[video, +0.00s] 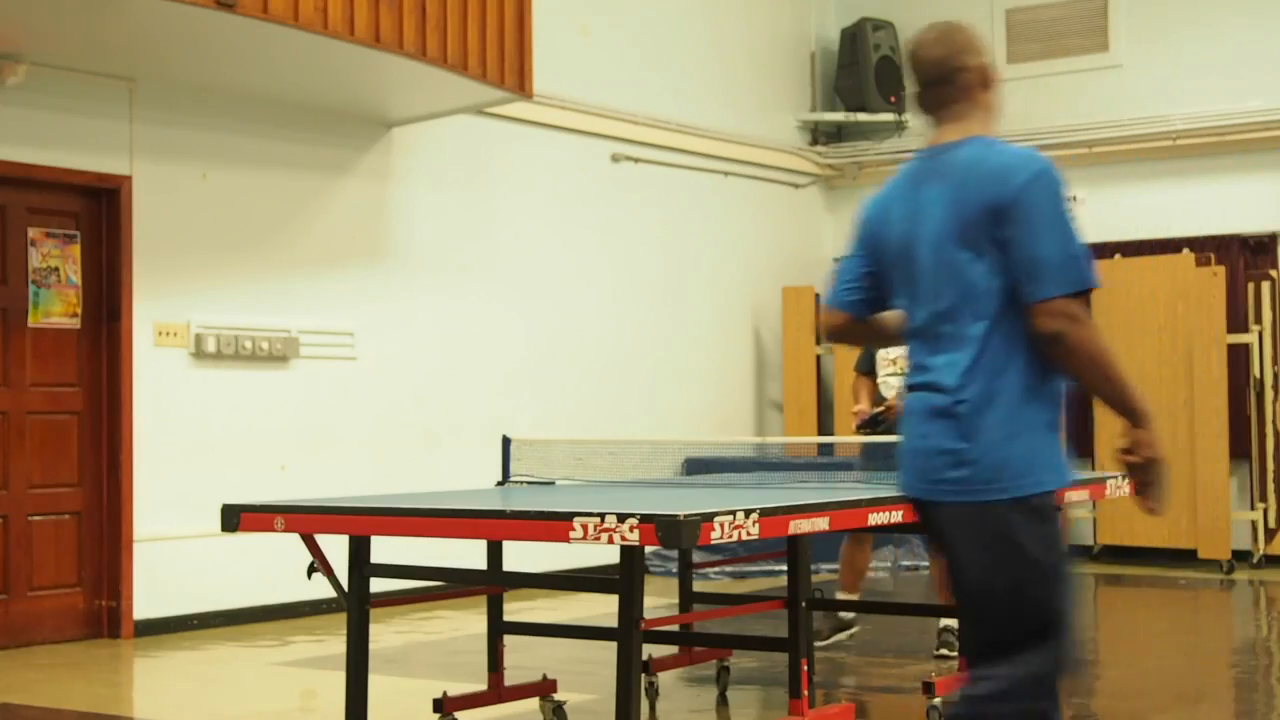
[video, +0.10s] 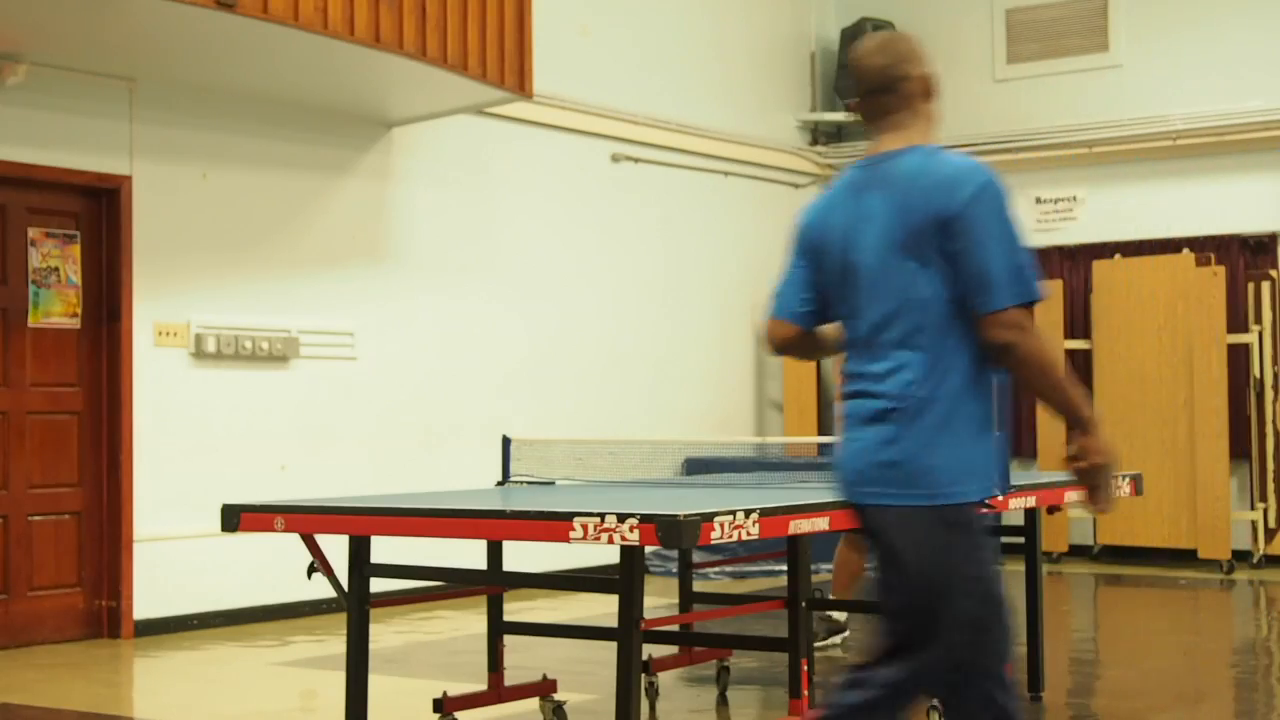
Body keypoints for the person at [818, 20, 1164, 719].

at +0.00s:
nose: (994, 81)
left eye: (986, 72)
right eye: (991, 72)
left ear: (919, 96)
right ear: (986, 79)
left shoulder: (893, 196)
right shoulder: (1018, 171)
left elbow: (839, 322)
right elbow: (1055, 321)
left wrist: (930, 318)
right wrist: (1138, 419)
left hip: (931, 471)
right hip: (1003, 470)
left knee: (996, 661)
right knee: (1029, 663)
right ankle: (961, 707)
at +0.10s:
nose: (934, 87)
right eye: (929, 79)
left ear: (857, 107)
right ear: (924, 88)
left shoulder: (830, 205)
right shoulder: (961, 180)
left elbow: (786, 335)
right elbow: (1004, 328)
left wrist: (865, 325)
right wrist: (1086, 420)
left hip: (868, 471)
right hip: (939, 475)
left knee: (908, 648)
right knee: (974, 664)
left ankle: (835, 711)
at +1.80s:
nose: (326, 169)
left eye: (327, 154)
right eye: (318, 152)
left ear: (276, 145)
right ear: (273, 142)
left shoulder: (272, 240)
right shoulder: (197, 215)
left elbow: (267, 340)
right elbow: (234, 340)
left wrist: (292, 388)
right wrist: (346, 303)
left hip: (214, 479)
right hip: (158, 473)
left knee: (184, 664)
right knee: (165, 671)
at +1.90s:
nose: (320, 171)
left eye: (320, 155)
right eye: (313, 154)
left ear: (271, 150)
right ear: (274, 149)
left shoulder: (225, 222)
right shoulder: (216, 219)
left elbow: (216, 355)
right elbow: (266, 339)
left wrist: (281, 412)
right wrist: (354, 289)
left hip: (181, 471)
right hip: (170, 472)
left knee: (174, 646)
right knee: (207, 633)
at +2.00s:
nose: (318, 171)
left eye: (319, 157)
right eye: (313, 155)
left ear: (259, 155)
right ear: (276, 152)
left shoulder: (212, 219)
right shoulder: (238, 223)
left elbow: (202, 356)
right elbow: (290, 344)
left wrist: (278, 418)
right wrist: (371, 303)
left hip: (160, 466)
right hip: (188, 470)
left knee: (176, 638)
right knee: (248, 622)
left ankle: (157, 715)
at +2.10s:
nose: (325, 165)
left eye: (324, 151)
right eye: (319, 150)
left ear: (261, 152)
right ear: (289, 150)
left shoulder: (197, 223)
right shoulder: (267, 224)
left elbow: (205, 343)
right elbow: (305, 347)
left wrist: (280, 403)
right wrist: (397, 333)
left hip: (155, 461)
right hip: (205, 467)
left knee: (173, 632)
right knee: (269, 621)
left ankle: (160, 714)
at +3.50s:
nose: (411, 240)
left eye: (412, 227)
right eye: (410, 227)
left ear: (340, 224)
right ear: (388, 229)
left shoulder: (259, 267)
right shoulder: (355, 300)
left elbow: (202, 359)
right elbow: (366, 428)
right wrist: (451, 410)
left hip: (159, 477)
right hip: (232, 488)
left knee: (188, 618)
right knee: (336, 632)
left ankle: (156, 714)